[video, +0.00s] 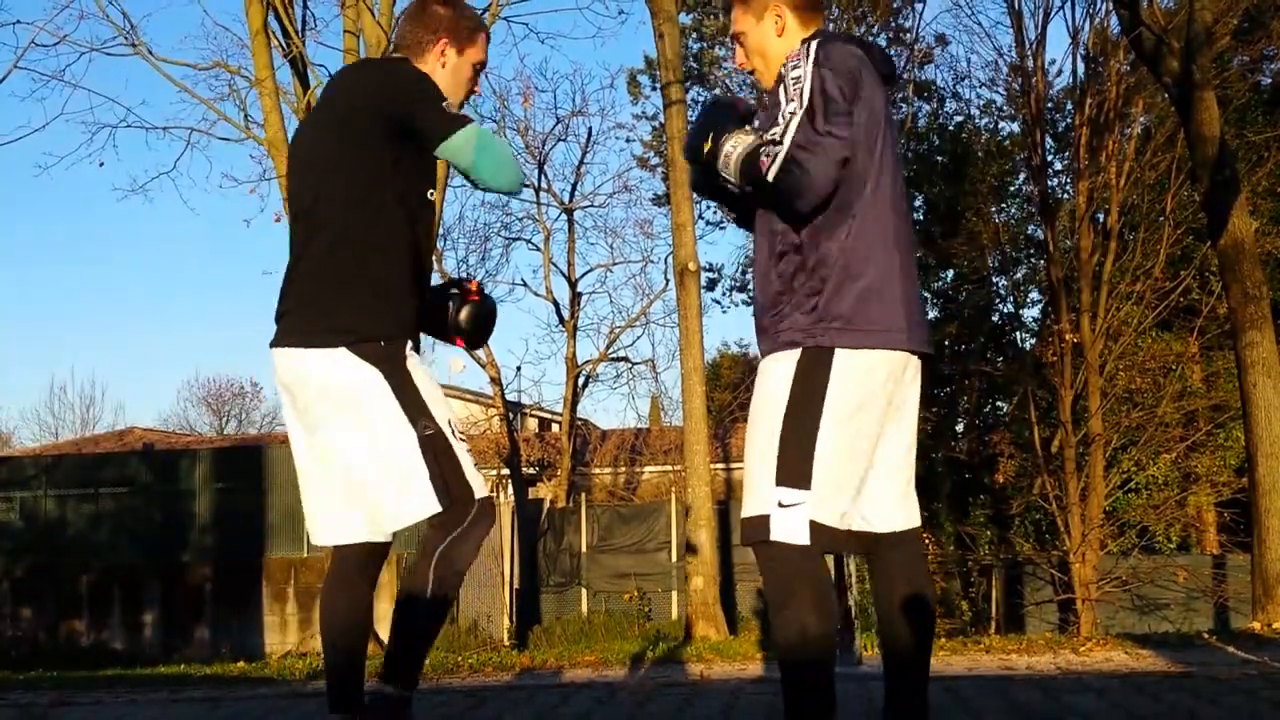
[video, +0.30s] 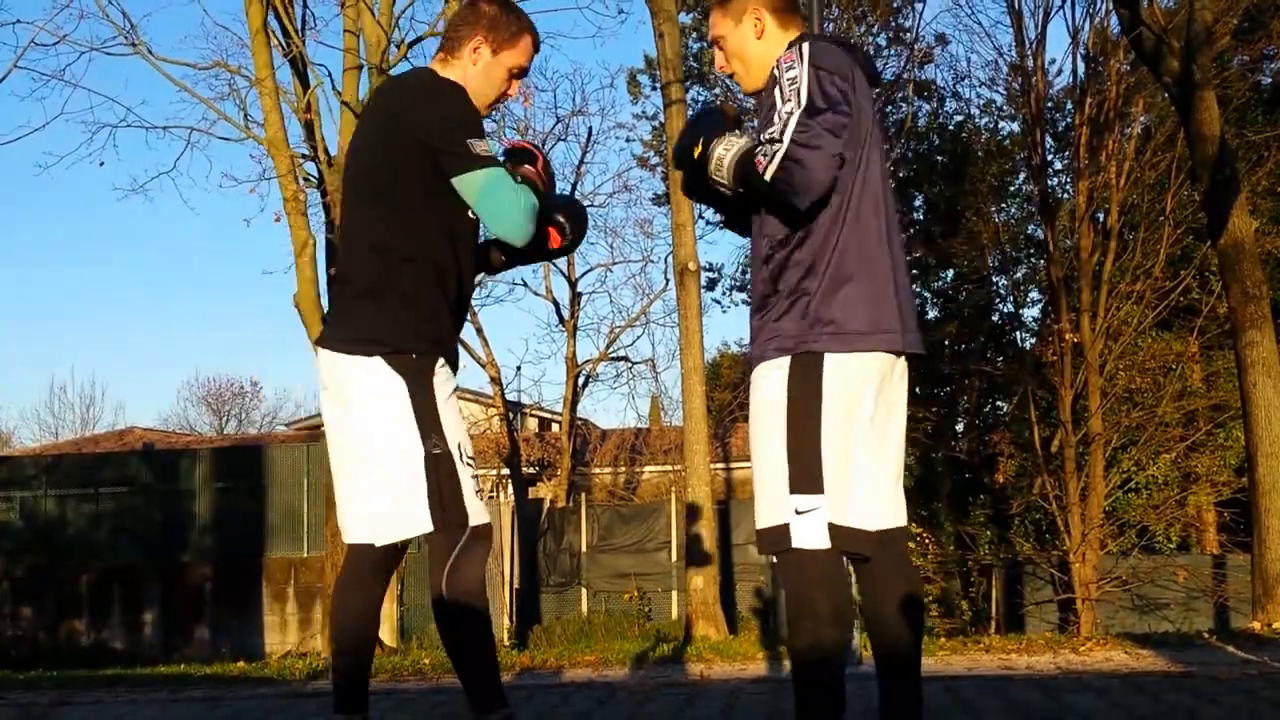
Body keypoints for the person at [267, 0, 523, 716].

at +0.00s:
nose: (472, 88)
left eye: (475, 73)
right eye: (473, 69)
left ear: (422, 44)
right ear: (444, 51)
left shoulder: (336, 106)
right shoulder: (395, 83)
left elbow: (347, 249)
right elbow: (506, 176)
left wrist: (436, 309)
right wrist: (451, 121)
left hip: (306, 345)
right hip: (359, 344)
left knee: (360, 529)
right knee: (467, 513)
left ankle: (345, 707)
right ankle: (396, 696)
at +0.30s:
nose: (514, 92)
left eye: (519, 79)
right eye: (514, 74)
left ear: (469, 50)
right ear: (478, 49)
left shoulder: (404, 107)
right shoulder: (430, 99)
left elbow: (454, 247)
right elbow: (514, 219)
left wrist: (535, 233)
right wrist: (527, 188)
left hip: (358, 348)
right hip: (393, 351)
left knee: (374, 538)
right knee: (460, 534)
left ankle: (348, 712)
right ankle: (491, 712)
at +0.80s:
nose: (609, 58)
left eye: (615, 44)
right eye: (605, 38)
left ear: (565, 25)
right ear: (558, 19)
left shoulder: (546, 112)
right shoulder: (492, 82)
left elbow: (537, 252)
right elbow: (474, 203)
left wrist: (615, 241)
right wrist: (570, 189)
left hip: (536, 348)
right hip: (479, 343)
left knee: (574, 520)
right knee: (510, 525)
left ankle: (553, 707)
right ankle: (507, 714)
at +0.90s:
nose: (620, 59)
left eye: (628, 46)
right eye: (617, 39)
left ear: (582, 26)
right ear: (570, 18)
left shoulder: (570, 126)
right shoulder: (493, 77)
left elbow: (592, 253)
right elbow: (465, 188)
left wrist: (649, 206)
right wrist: (571, 176)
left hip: (558, 348)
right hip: (491, 342)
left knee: (582, 530)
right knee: (514, 530)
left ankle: (606, 709)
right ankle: (508, 713)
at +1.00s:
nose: (624, 67)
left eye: (632, 54)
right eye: (620, 46)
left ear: (588, 33)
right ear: (577, 25)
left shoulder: (588, 129)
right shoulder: (496, 84)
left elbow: (660, 226)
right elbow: (494, 187)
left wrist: (711, 172)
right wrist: (604, 163)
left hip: (575, 349)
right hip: (503, 344)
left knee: (598, 531)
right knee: (531, 529)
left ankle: (610, 711)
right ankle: (515, 713)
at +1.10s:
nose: (629, 69)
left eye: (637, 57)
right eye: (623, 50)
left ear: (633, 54)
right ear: (580, 29)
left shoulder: (606, 132)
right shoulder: (502, 89)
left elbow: (688, 200)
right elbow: (535, 183)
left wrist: (752, 152)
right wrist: (636, 160)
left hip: (588, 348)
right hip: (516, 344)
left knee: (607, 533)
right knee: (546, 532)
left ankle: (610, 713)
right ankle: (518, 716)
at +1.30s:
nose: (632, 84)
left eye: (640, 72)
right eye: (626, 65)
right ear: (584, 41)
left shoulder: (605, 141)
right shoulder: (513, 100)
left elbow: (682, 180)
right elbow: (560, 182)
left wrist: (749, 153)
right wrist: (663, 173)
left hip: (598, 353)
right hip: (527, 348)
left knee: (613, 532)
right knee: (545, 528)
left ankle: (612, 710)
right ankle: (511, 713)